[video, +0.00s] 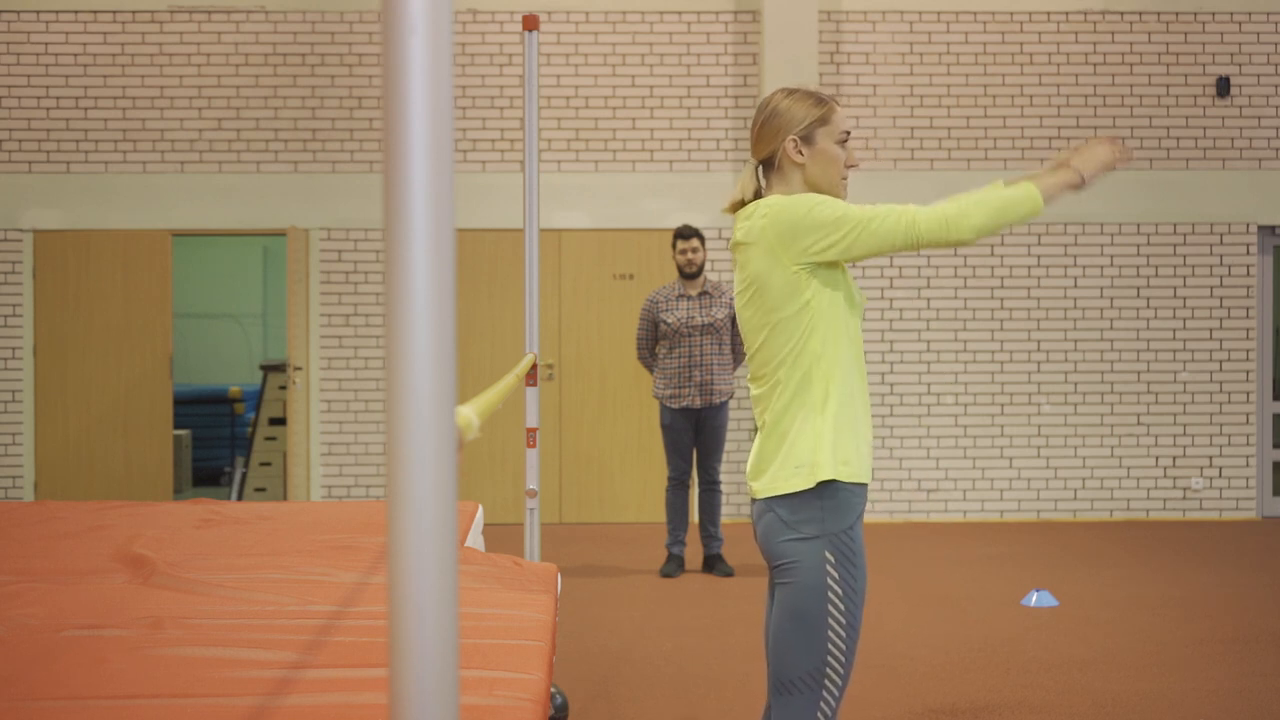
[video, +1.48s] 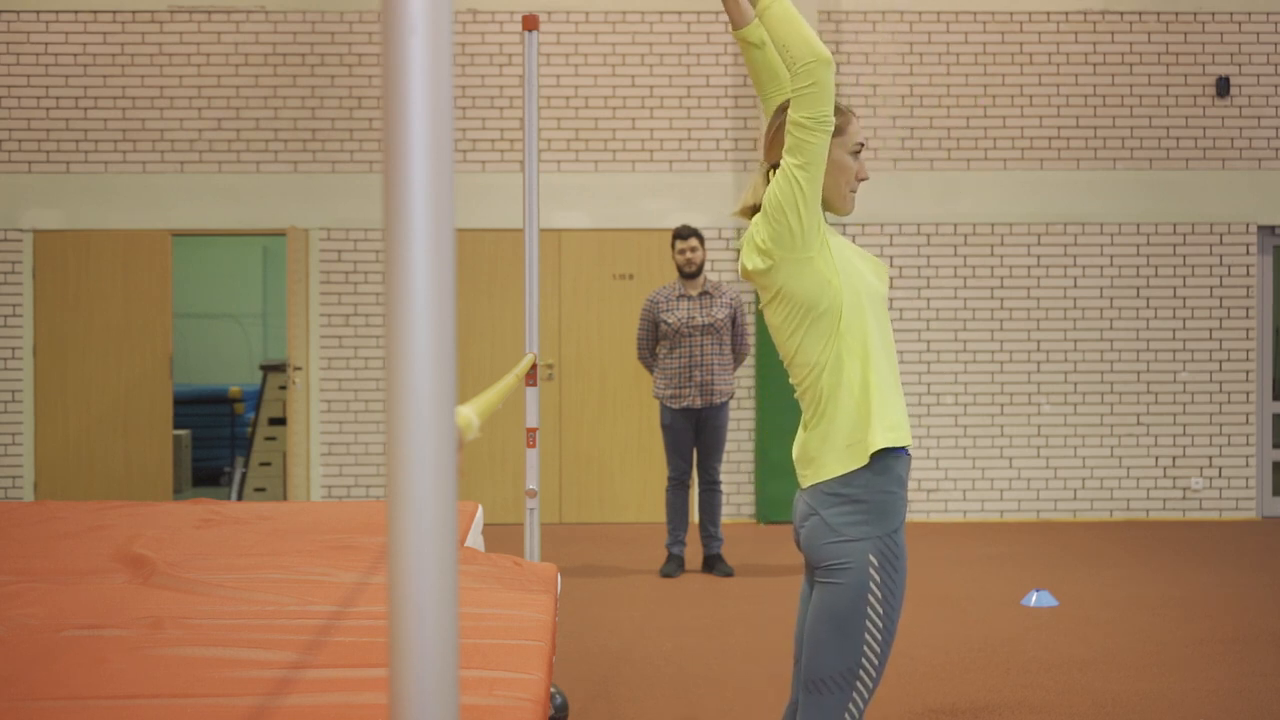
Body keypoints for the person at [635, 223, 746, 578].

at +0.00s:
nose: (689, 257)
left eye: (695, 250)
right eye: (682, 252)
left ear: (705, 254)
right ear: (674, 256)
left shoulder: (726, 297)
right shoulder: (659, 300)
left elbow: (740, 346)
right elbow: (644, 350)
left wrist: (719, 371)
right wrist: (668, 376)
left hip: (715, 402)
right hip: (675, 402)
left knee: (710, 478)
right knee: (678, 477)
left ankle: (713, 552)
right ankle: (675, 553)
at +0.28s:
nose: (688, 256)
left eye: (694, 250)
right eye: (682, 251)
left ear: (705, 254)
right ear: (673, 256)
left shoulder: (727, 296)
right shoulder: (658, 300)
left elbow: (741, 346)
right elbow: (644, 351)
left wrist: (718, 372)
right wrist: (670, 376)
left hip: (716, 402)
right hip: (675, 402)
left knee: (710, 479)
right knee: (678, 478)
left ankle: (713, 552)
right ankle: (675, 552)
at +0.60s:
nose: (688, 256)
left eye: (694, 250)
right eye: (682, 251)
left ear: (705, 253)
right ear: (673, 256)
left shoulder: (729, 297)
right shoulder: (658, 300)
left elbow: (742, 347)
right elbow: (644, 351)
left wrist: (718, 372)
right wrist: (670, 376)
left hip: (715, 402)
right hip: (674, 403)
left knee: (710, 479)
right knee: (678, 477)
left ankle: (713, 553)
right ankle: (675, 552)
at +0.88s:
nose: (688, 256)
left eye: (694, 250)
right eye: (681, 251)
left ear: (704, 253)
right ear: (673, 256)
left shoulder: (728, 297)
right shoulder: (658, 300)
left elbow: (742, 347)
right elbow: (644, 351)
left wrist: (719, 372)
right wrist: (670, 376)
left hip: (715, 402)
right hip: (675, 403)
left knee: (710, 479)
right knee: (678, 478)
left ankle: (713, 553)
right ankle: (675, 553)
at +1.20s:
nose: (688, 256)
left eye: (693, 250)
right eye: (681, 251)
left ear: (704, 253)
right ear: (673, 257)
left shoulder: (728, 297)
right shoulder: (658, 300)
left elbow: (741, 347)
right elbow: (644, 351)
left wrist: (718, 372)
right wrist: (670, 376)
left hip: (715, 402)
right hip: (675, 403)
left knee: (710, 479)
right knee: (678, 478)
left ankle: (713, 553)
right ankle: (675, 553)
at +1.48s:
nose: (688, 256)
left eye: (693, 250)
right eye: (681, 251)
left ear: (704, 253)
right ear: (673, 256)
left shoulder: (728, 297)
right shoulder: (658, 300)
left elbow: (742, 347)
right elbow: (644, 351)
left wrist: (719, 372)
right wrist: (670, 376)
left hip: (716, 402)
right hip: (675, 403)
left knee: (710, 479)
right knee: (678, 478)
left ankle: (713, 553)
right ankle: (675, 553)